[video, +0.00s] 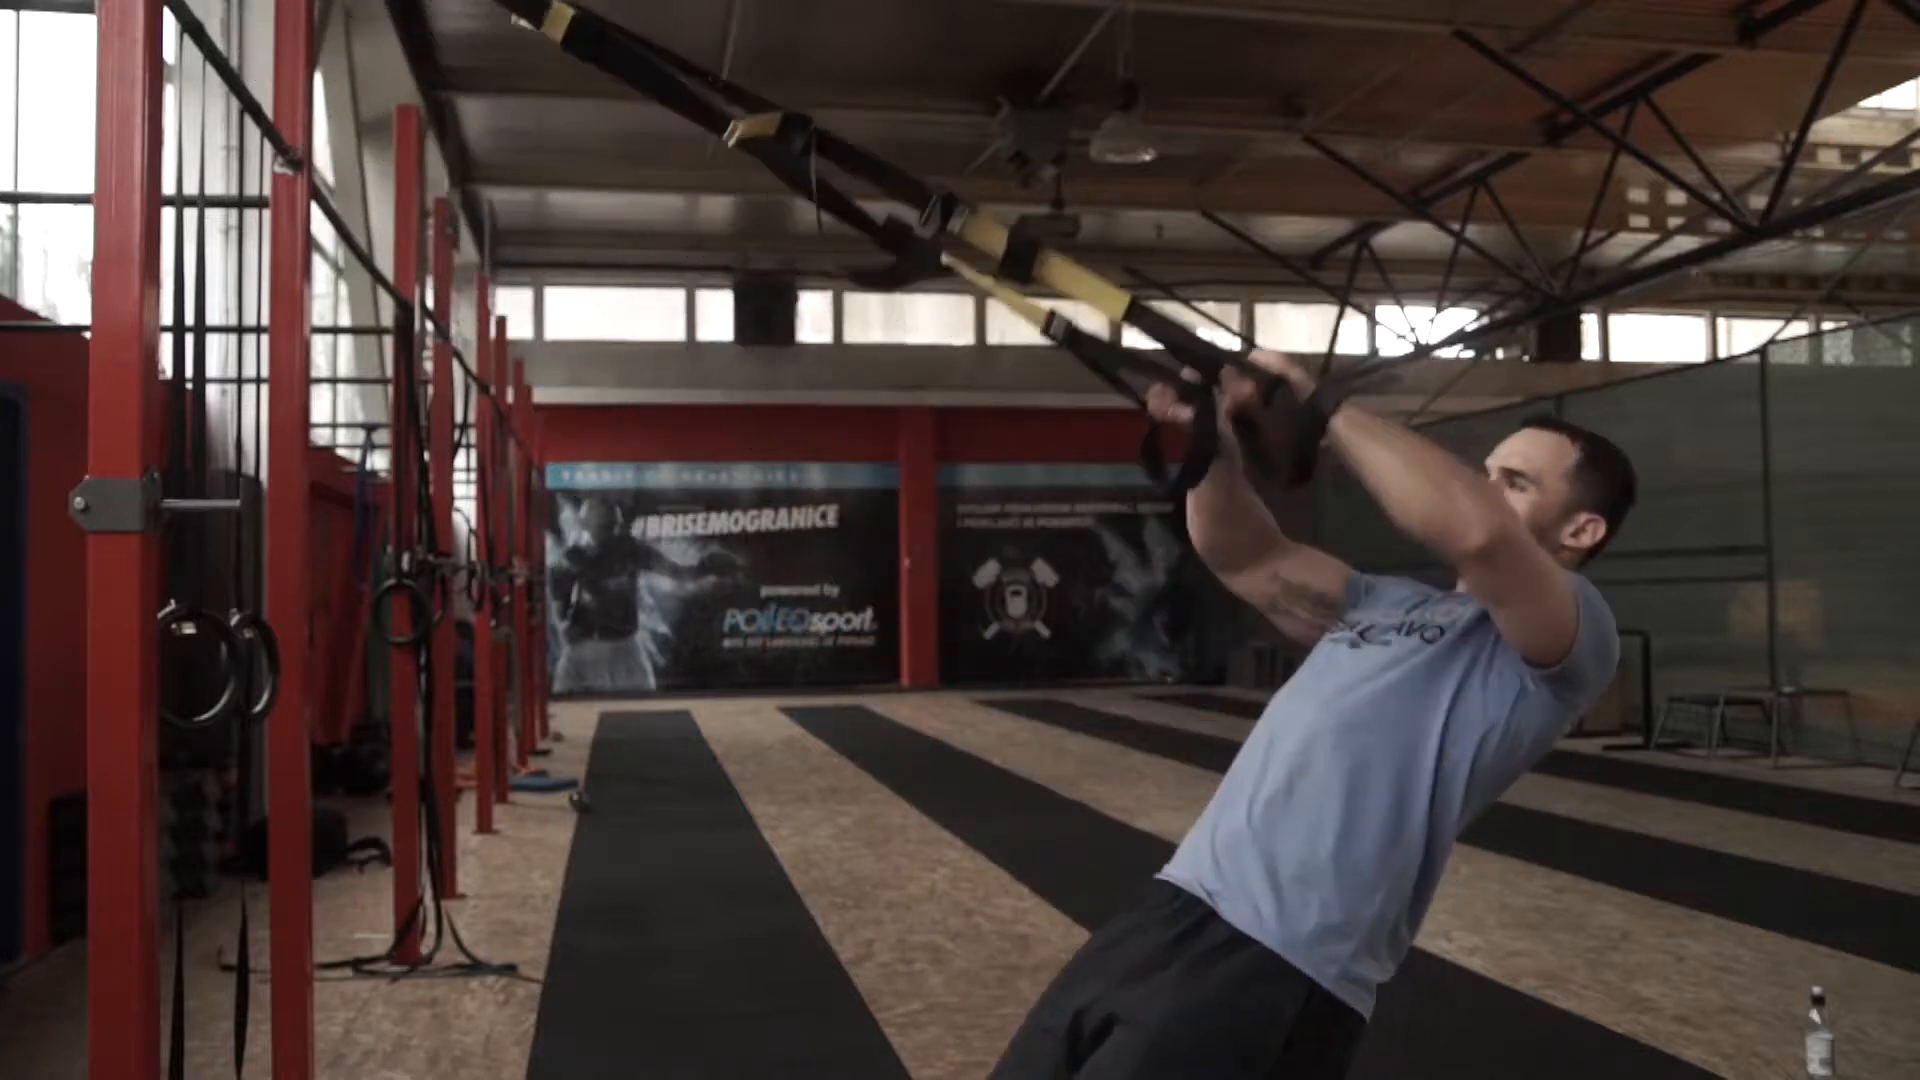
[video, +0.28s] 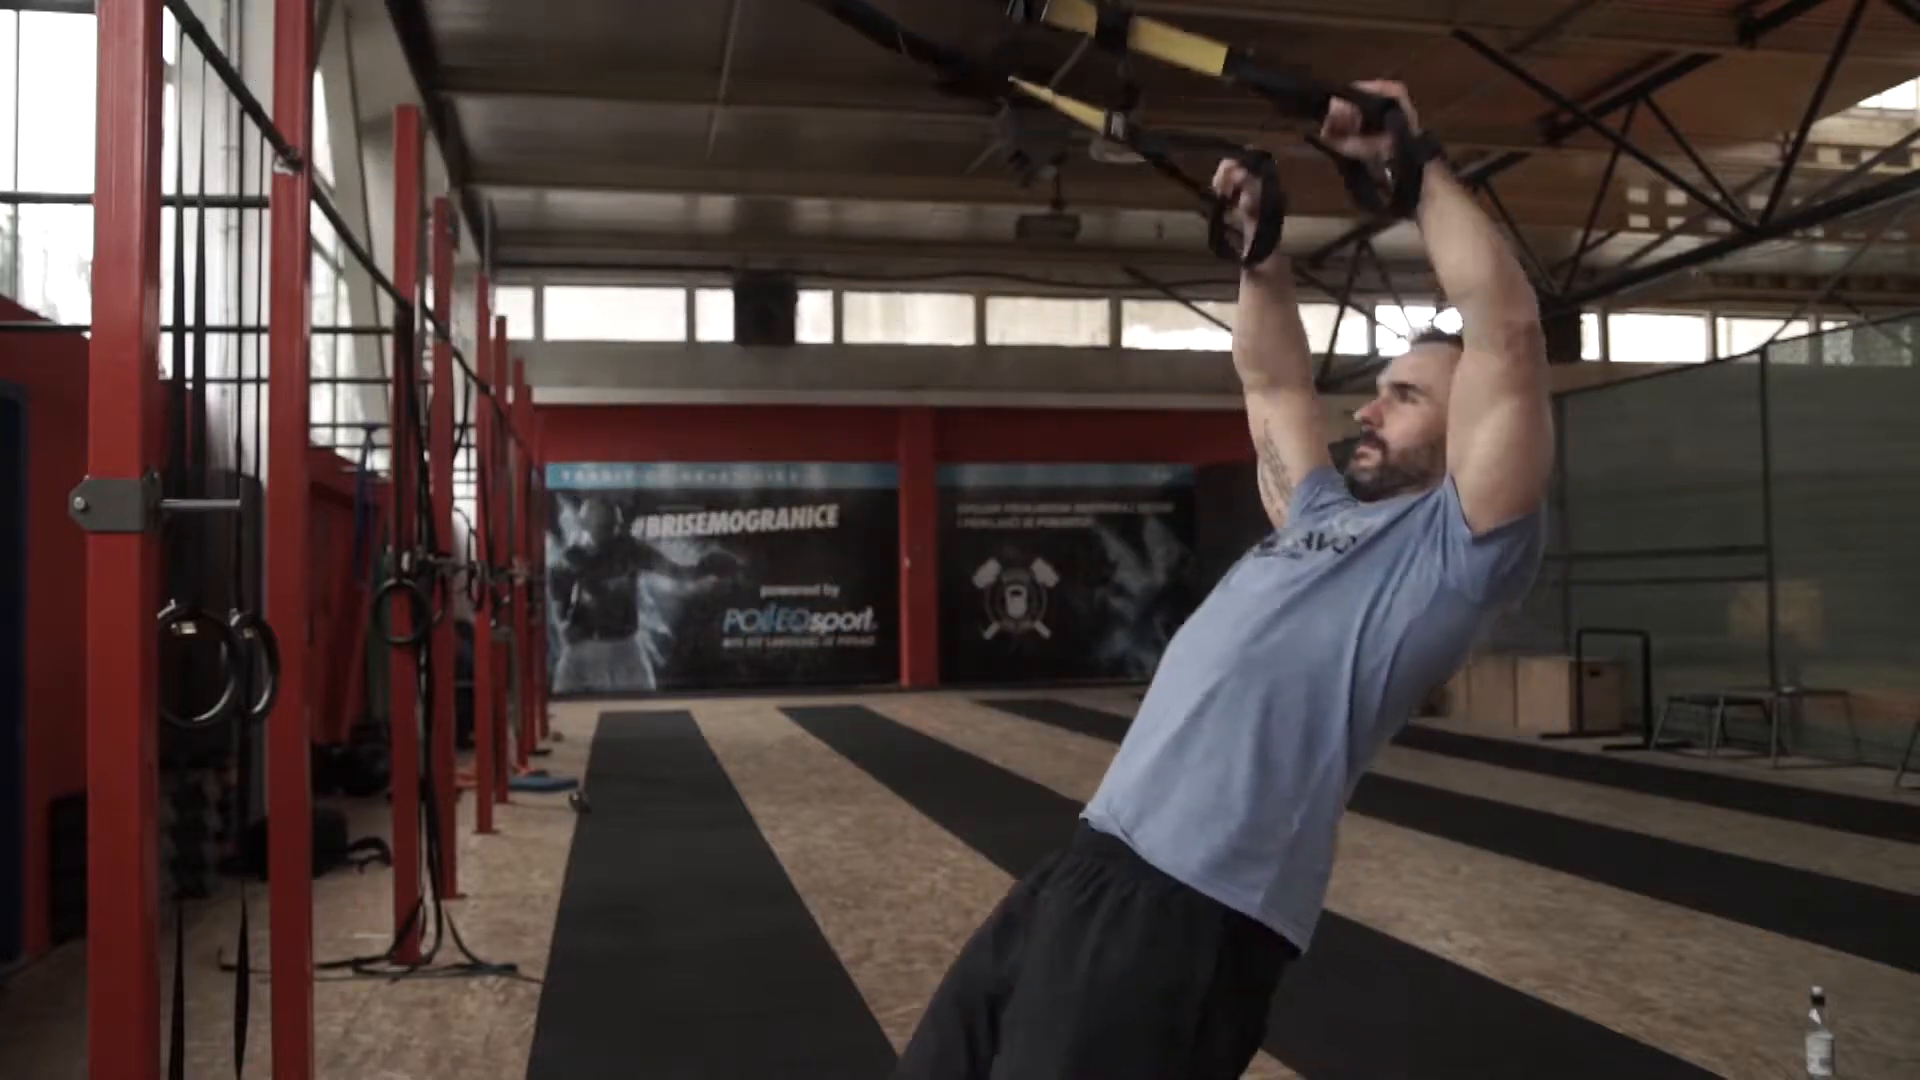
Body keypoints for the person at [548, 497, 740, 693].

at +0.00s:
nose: (600, 523)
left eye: (605, 516)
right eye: (593, 516)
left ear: (615, 518)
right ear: (583, 521)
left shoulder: (629, 549)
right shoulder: (572, 557)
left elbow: (675, 573)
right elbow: (561, 615)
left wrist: (703, 571)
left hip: (624, 647)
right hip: (580, 649)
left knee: (635, 716)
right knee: (573, 719)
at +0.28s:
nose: (601, 526)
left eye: (606, 518)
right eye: (594, 519)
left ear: (616, 519)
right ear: (583, 522)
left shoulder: (630, 549)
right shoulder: (572, 557)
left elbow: (674, 572)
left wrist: (702, 572)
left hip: (624, 647)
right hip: (580, 650)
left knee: (636, 716)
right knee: (573, 718)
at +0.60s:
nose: (601, 528)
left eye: (606, 520)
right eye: (594, 521)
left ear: (616, 520)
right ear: (583, 523)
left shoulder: (631, 550)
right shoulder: (571, 558)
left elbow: (674, 573)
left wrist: (703, 571)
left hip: (625, 648)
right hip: (580, 651)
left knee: (636, 717)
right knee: (574, 719)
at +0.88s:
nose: (600, 527)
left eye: (606, 519)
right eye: (593, 520)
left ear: (616, 519)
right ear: (583, 522)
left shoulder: (630, 550)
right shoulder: (572, 557)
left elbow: (673, 572)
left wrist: (703, 571)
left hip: (625, 647)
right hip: (580, 649)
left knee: (635, 715)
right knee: (573, 717)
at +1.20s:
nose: (601, 527)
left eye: (606, 519)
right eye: (594, 520)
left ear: (616, 519)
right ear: (583, 522)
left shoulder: (630, 549)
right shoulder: (572, 558)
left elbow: (674, 572)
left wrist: (703, 571)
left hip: (624, 647)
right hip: (580, 650)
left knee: (635, 716)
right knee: (573, 718)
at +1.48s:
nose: (601, 525)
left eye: (606, 518)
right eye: (594, 519)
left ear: (615, 519)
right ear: (583, 522)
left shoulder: (631, 549)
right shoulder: (572, 557)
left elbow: (674, 572)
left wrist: (703, 571)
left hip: (624, 647)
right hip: (581, 649)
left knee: (635, 715)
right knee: (573, 717)